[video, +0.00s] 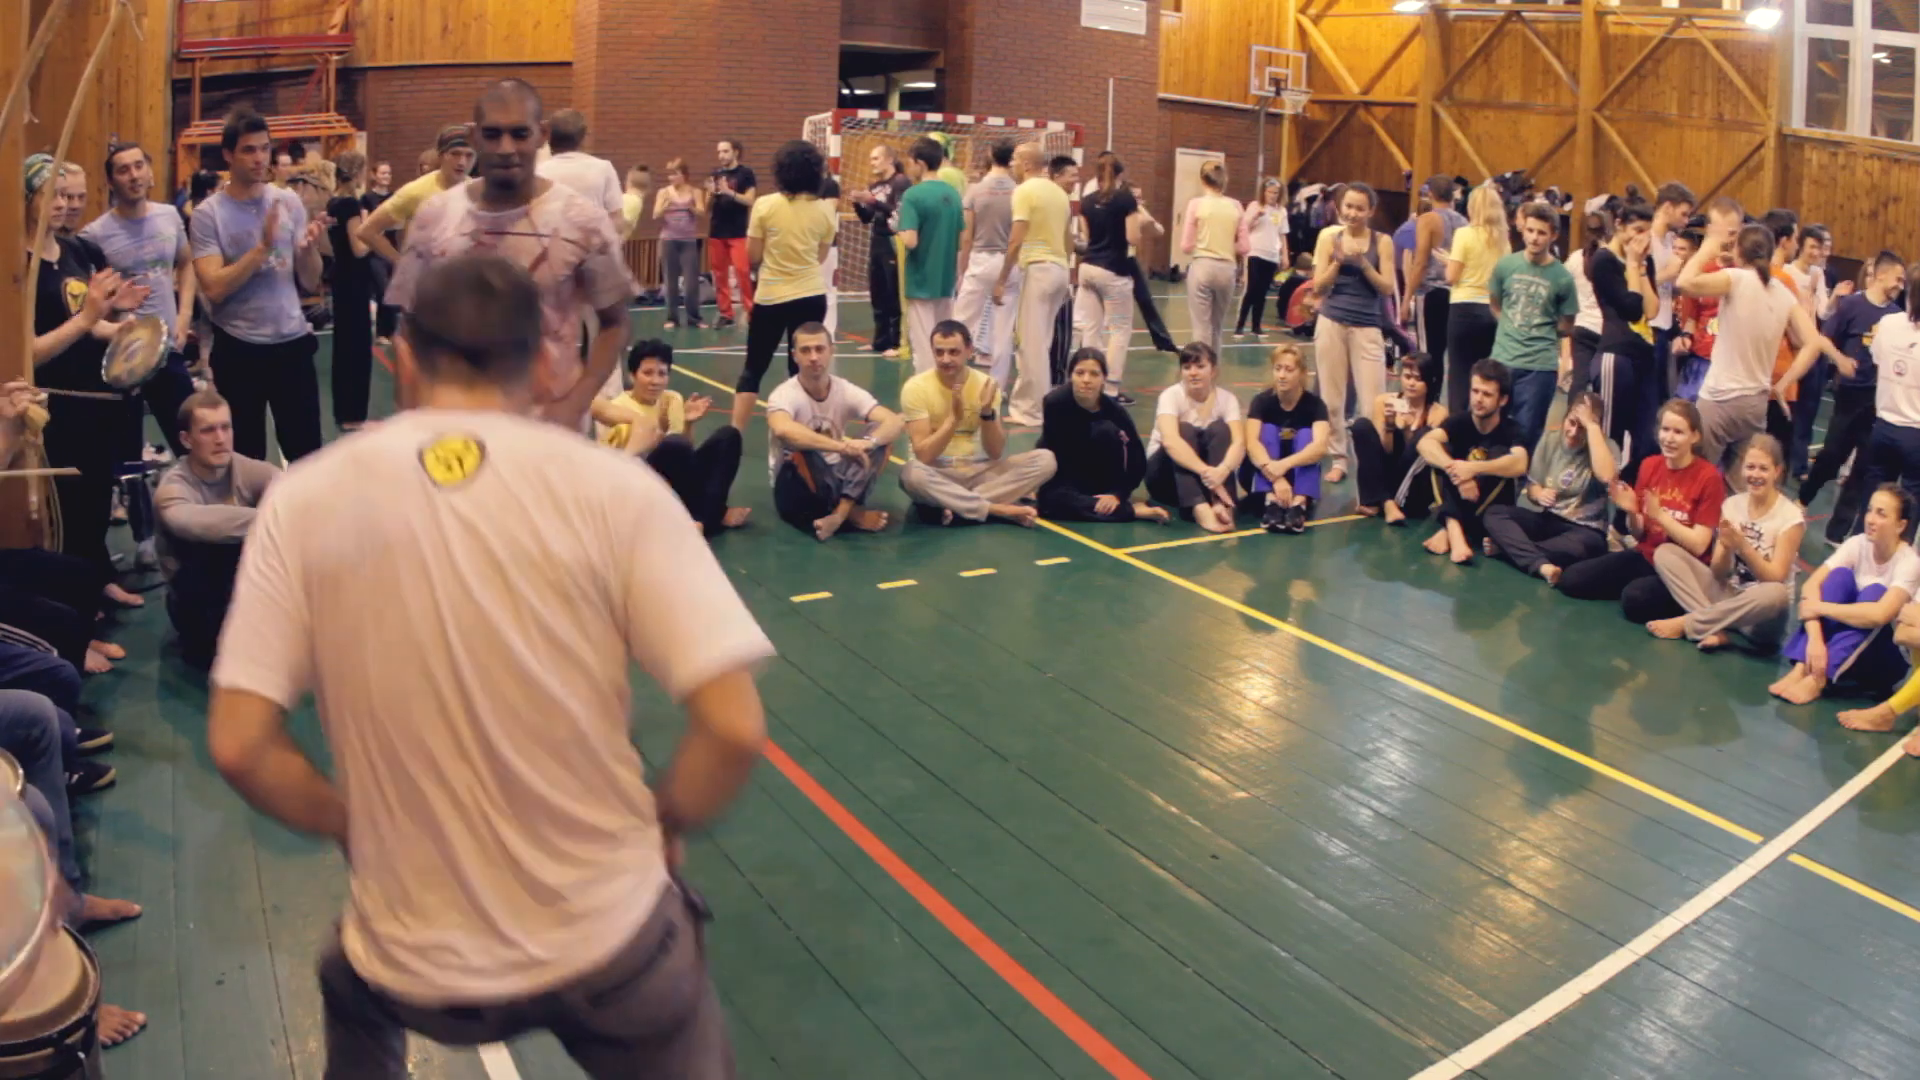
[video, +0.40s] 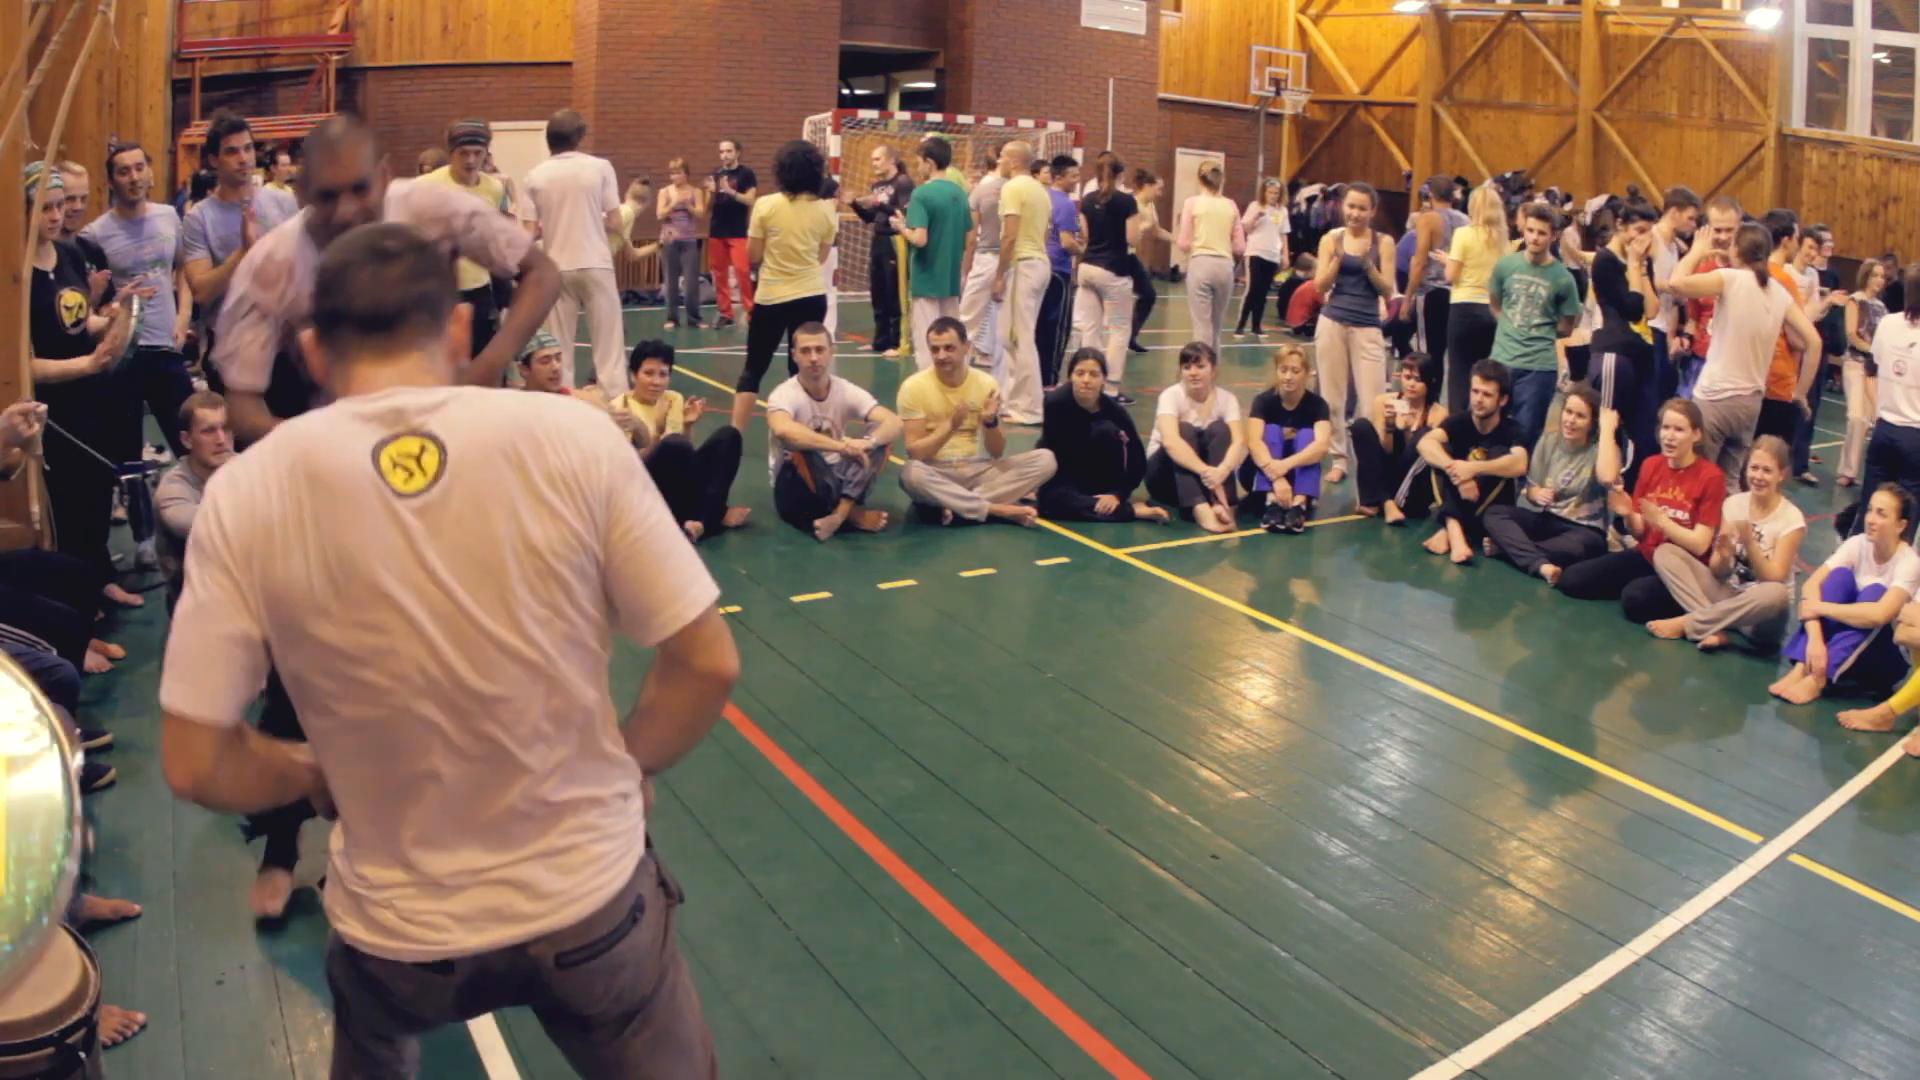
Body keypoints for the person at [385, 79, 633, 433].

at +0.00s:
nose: (506, 148)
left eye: (520, 135)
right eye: (492, 134)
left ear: (542, 136)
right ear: (474, 136)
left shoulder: (581, 218)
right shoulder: (435, 214)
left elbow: (615, 322)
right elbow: (407, 323)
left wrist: (574, 403)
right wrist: (414, 409)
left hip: (546, 417)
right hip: (453, 413)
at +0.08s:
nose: (486, 150)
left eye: (500, 135)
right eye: (471, 135)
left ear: (521, 135)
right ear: (449, 136)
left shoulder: (559, 220)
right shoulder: (403, 221)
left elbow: (584, 328)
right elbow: (391, 337)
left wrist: (556, 424)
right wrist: (382, 434)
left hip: (525, 437)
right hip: (426, 438)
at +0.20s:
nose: (439, 149)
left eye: (453, 133)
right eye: (424, 134)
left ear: (477, 134)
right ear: (404, 135)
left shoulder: (519, 207)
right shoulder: (360, 225)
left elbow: (574, 309)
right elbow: (344, 342)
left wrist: (529, 390)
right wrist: (350, 433)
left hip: (502, 434)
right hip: (395, 440)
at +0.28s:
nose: (403, 158)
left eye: (417, 140)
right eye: (385, 143)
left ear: (440, 134)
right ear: (362, 141)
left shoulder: (494, 198)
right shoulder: (328, 228)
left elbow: (567, 285)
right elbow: (300, 352)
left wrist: (531, 357)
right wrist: (322, 419)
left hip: (485, 416)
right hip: (377, 422)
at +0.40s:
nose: (345, 212)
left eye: (359, 191)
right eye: (326, 197)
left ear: (384, 174)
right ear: (300, 191)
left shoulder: (429, 206)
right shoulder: (271, 261)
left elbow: (545, 275)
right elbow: (243, 407)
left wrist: (485, 369)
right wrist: (314, 452)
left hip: (438, 406)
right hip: (332, 424)